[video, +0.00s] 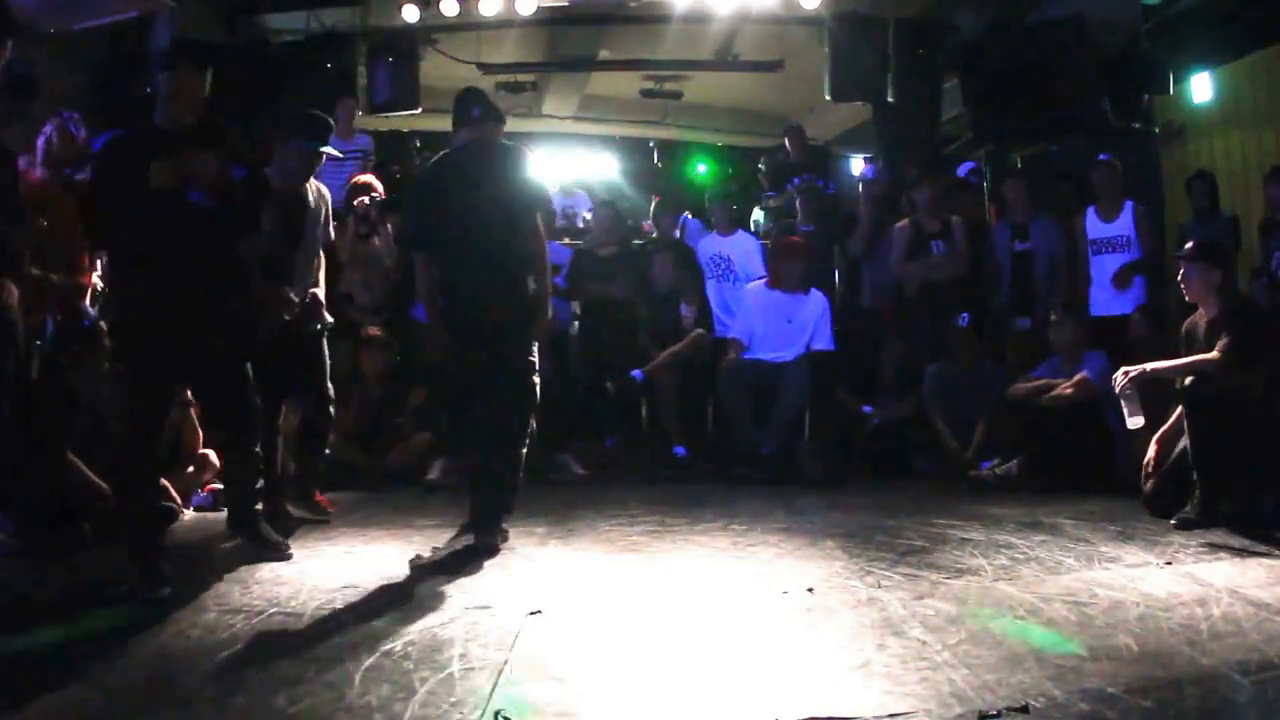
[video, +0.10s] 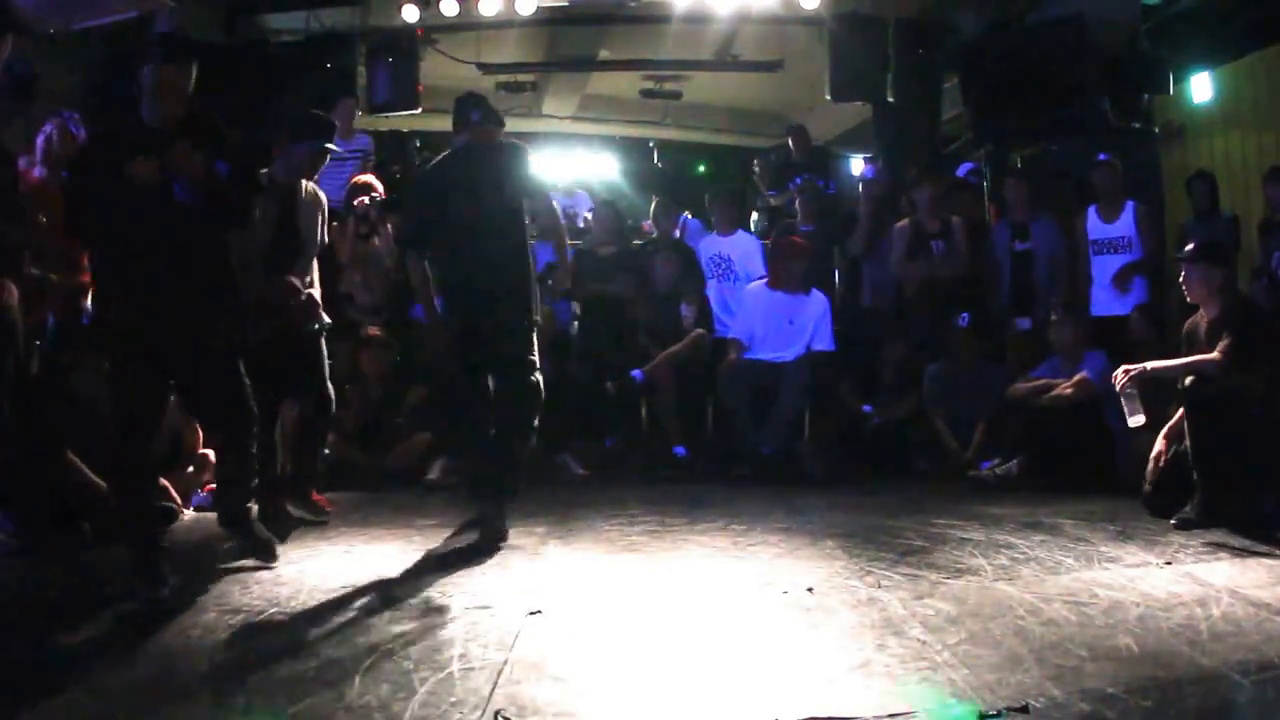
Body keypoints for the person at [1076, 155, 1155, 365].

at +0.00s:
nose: (1104, 183)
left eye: (1108, 177)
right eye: (1100, 177)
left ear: (1118, 180)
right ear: (1093, 181)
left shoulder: (1135, 214)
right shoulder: (1085, 219)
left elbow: (1151, 254)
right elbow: (1082, 261)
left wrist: (1129, 270)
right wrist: (1081, 295)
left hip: (1132, 304)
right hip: (1100, 306)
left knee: (1135, 364)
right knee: (1104, 365)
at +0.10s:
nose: (1104, 181)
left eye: (1109, 175)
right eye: (1099, 175)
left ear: (1118, 178)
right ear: (1093, 180)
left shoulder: (1137, 213)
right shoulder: (1086, 219)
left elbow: (1152, 256)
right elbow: (1083, 263)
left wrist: (1129, 270)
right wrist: (1083, 300)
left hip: (1134, 307)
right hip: (1101, 308)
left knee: (1136, 365)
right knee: (1104, 365)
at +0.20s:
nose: (1104, 180)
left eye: (1109, 174)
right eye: (1100, 174)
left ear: (1119, 177)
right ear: (1093, 179)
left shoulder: (1138, 213)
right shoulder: (1086, 218)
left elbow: (1152, 255)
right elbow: (1084, 262)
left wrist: (1129, 271)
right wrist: (1084, 300)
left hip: (1134, 305)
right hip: (1102, 307)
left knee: (1137, 363)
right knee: (1106, 363)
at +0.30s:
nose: (1108, 181)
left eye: (1113, 175)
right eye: (1103, 175)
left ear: (1122, 179)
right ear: (1098, 179)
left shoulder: (1139, 213)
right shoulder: (1088, 217)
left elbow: (1152, 256)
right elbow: (1084, 260)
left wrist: (1129, 272)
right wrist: (1084, 299)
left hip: (1135, 303)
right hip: (1103, 305)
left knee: (1138, 362)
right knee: (1106, 363)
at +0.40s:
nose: (1108, 180)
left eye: (1113, 174)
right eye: (1104, 175)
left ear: (1123, 178)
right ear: (1099, 179)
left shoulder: (1141, 213)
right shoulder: (1090, 216)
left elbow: (1150, 259)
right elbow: (1088, 260)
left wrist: (1129, 282)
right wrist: (1086, 296)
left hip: (1135, 305)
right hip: (1103, 305)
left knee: (1138, 362)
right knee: (1107, 363)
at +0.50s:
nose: (1109, 180)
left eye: (1114, 174)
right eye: (1105, 174)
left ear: (1124, 177)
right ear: (1100, 178)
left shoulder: (1142, 214)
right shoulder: (1092, 215)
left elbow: (1149, 260)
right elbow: (1089, 259)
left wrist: (1139, 297)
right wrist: (1088, 295)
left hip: (1134, 302)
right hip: (1103, 302)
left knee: (1135, 362)